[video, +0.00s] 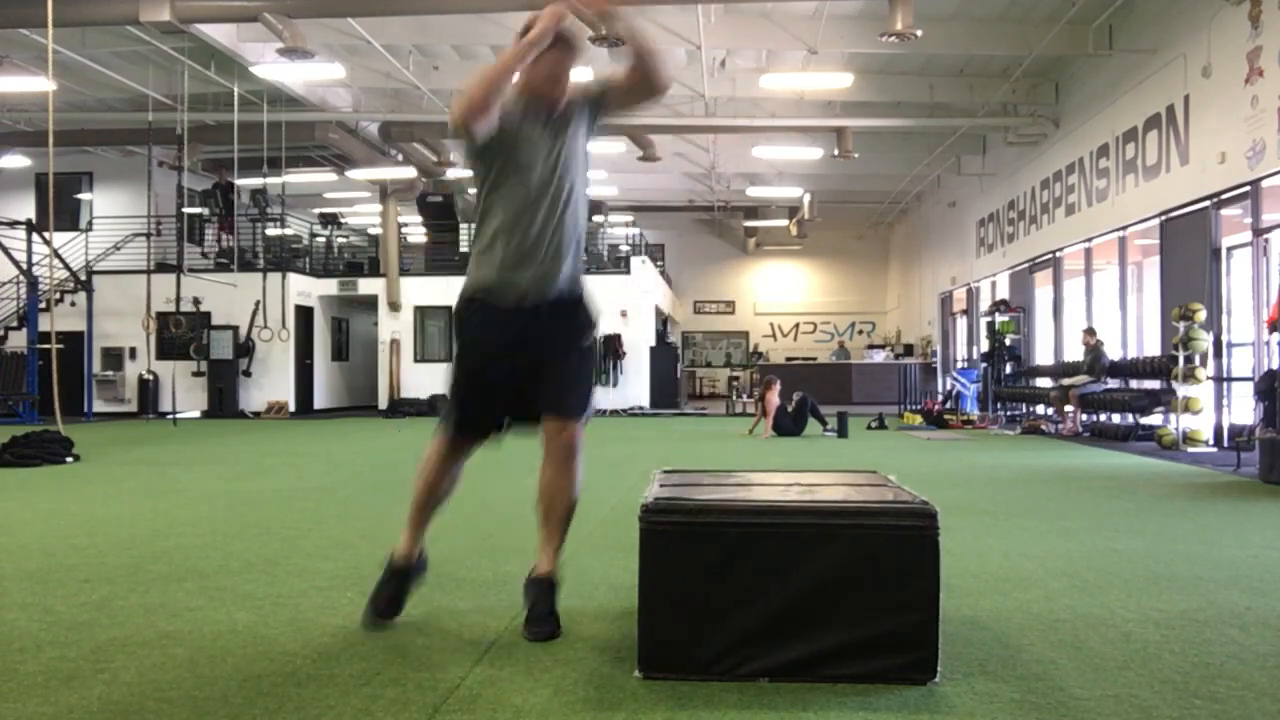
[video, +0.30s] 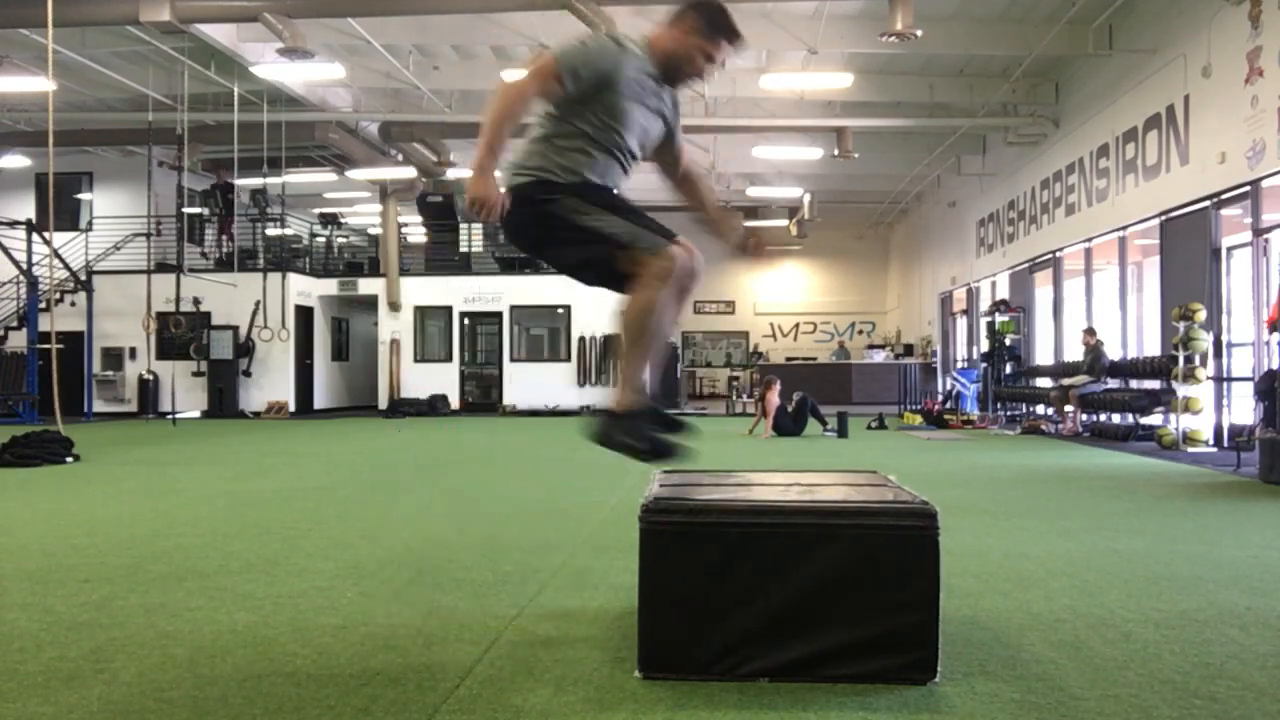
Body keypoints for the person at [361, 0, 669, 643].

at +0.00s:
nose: (562, 68)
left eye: (571, 57)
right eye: (551, 55)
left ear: (580, 65)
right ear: (523, 59)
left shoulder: (581, 109)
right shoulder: (498, 114)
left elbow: (652, 80)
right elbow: (467, 113)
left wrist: (622, 24)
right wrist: (528, 38)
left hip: (560, 305)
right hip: (490, 305)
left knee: (565, 433)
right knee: (457, 438)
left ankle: (544, 575)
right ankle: (406, 555)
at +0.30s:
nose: (706, 72)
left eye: (713, 64)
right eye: (706, 57)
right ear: (680, 30)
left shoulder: (664, 102)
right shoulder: (609, 52)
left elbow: (680, 172)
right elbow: (517, 89)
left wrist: (733, 231)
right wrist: (483, 172)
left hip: (589, 200)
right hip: (542, 194)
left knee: (685, 263)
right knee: (662, 264)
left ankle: (637, 400)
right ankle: (624, 409)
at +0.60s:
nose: (740, 129)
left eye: (747, 121)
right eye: (742, 114)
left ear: (716, 90)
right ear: (719, 88)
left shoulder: (674, 133)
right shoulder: (672, 122)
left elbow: (621, 218)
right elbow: (637, 198)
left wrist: (603, 318)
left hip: (586, 275)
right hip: (604, 264)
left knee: (709, 354)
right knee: (742, 326)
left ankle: (670, 463)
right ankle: (676, 459)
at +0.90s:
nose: (670, 26)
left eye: (677, 19)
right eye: (671, 13)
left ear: (654, 9)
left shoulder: (620, 47)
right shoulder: (584, 13)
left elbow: (560, 126)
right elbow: (536, 73)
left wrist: (605, 161)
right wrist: (614, 116)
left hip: (571, 180)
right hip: (524, 170)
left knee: (645, 282)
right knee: (603, 290)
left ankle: (610, 421)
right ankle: (618, 442)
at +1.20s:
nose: (540, 94)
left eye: (547, 84)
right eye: (533, 81)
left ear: (550, 85)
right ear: (504, 72)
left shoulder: (537, 142)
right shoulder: (455, 116)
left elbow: (551, 239)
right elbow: (427, 199)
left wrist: (559, 201)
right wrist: (511, 171)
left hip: (507, 302)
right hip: (440, 297)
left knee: (523, 433)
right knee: (420, 437)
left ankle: (518, 572)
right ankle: (382, 562)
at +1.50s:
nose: (422, 227)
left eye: (435, 215)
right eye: (413, 214)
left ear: (457, 217)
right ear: (401, 214)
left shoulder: (487, 273)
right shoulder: (363, 268)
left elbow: (532, 335)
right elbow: (335, 341)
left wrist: (515, 417)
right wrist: (321, 414)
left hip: (459, 392)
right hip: (380, 389)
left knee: (462, 482)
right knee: (349, 497)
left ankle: (489, 594)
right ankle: (362, 595)